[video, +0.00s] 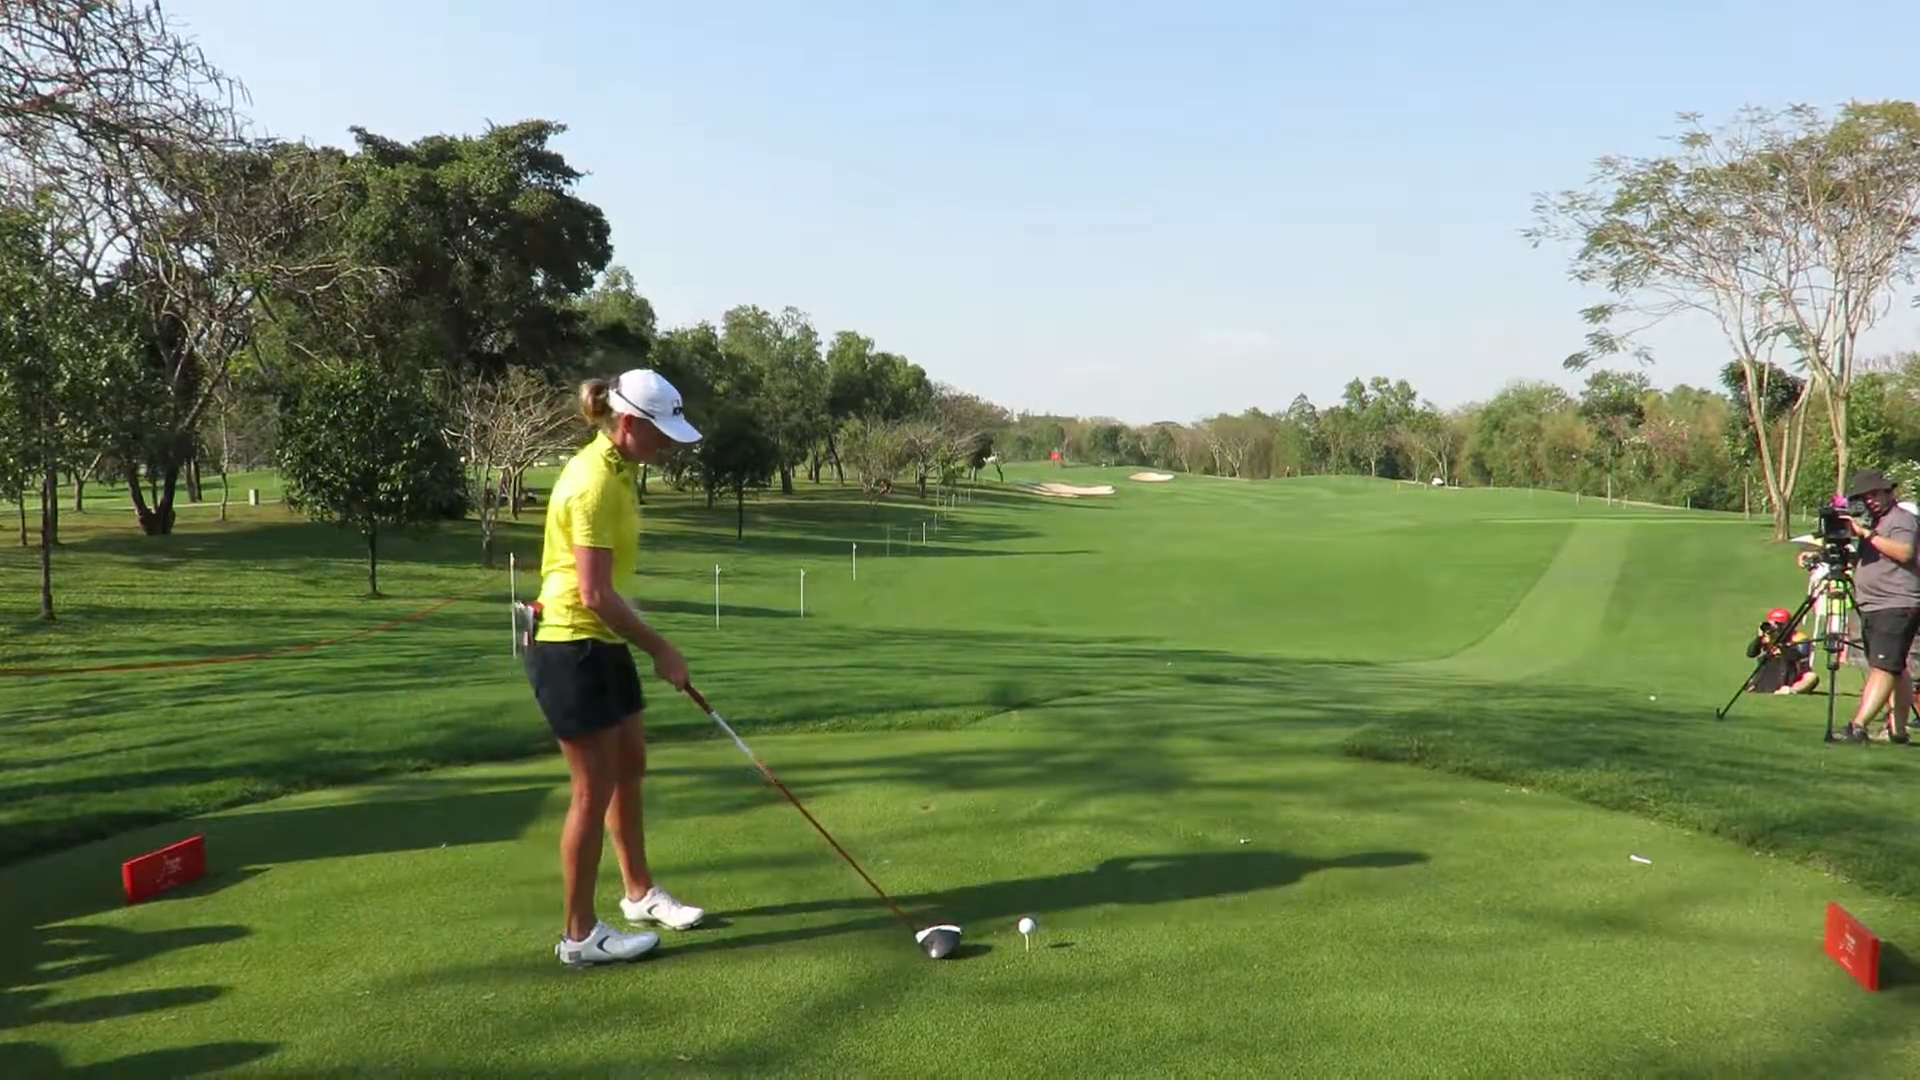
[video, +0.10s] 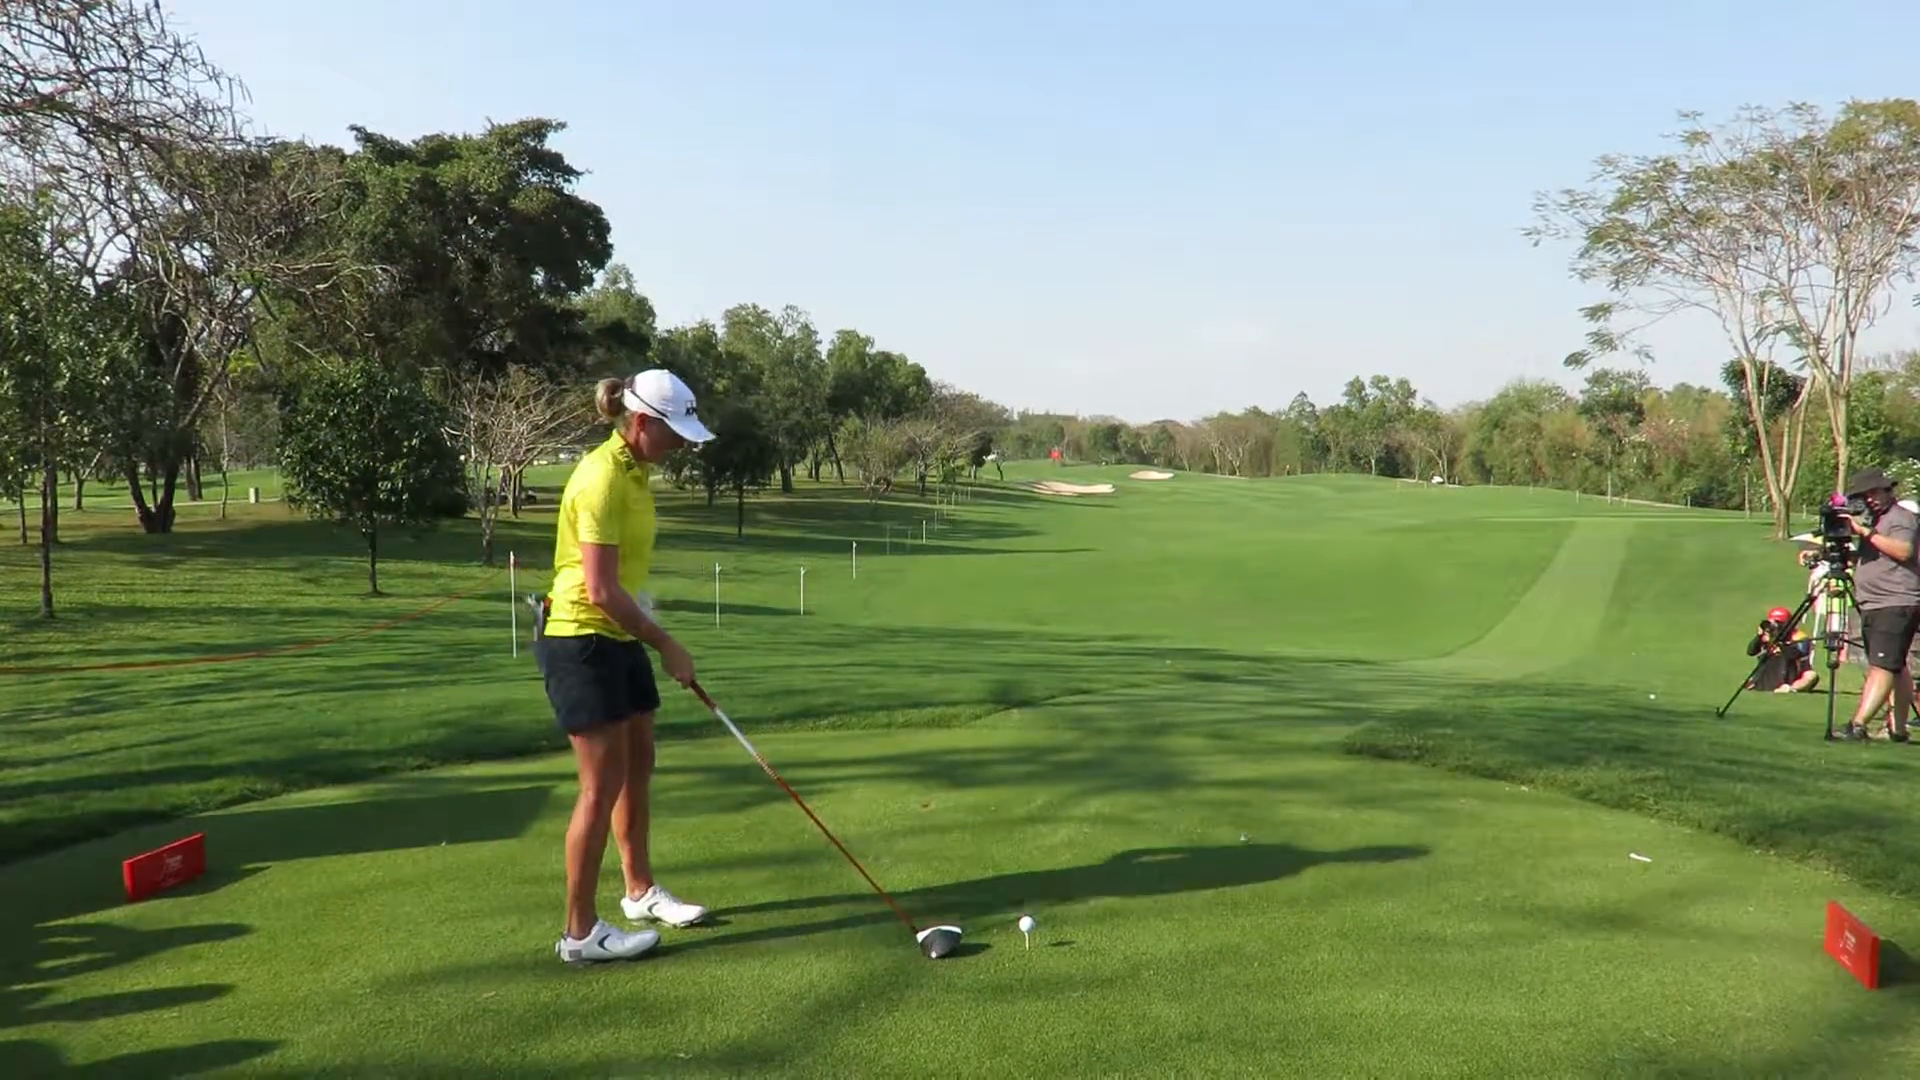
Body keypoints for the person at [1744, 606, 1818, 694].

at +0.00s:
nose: (1774, 630)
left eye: (1778, 626)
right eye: (1771, 626)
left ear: (1786, 626)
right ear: (1769, 626)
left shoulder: (1799, 638)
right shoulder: (1769, 638)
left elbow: (1799, 655)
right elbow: (1751, 654)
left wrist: (1783, 651)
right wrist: (1759, 638)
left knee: (1812, 677)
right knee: (1750, 685)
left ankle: (1791, 690)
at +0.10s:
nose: (1773, 629)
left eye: (1777, 625)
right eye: (1771, 625)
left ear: (1786, 625)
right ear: (1768, 624)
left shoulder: (1799, 639)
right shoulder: (1769, 637)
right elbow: (1751, 652)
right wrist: (1759, 637)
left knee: (1812, 675)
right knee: (1749, 683)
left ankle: (1792, 688)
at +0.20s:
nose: (1774, 626)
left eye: (1777, 622)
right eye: (1771, 622)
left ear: (1786, 622)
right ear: (1769, 621)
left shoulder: (1799, 635)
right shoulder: (1770, 633)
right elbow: (1751, 649)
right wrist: (1759, 634)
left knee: (1812, 672)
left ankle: (1792, 685)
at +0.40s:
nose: (1773, 616)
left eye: (1777, 613)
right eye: (1771, 613)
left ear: (1786, 613)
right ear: (1769, 612)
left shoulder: (1799, 625)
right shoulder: (1770, 624)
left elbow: (1800, 640)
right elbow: (1751, 640)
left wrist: (1783, 637)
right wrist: (1759, 625)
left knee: (1812, 662)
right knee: (1750, 669)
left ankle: (1792, 676)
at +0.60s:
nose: (1773, 603)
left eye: (1777, 599)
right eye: (1771, 599)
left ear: (1785, 599)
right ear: (1769, 598)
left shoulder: (1799, 611)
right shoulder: (1769, 610)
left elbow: (1800, 626)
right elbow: (1751, 626)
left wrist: (1782, 623)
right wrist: (1759, 611)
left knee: (1812, 648)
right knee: (1749, 655)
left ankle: (1791, 661)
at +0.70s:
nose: (1771, 597)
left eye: (1776, 594)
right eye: (1769, 593)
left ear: (1784, 594)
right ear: (1768, 593)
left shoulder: (1799, 606)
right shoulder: (1768, 605)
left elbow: (1800, 620)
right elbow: (1750, 621)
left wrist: (1782, 619)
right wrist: (1758, 606)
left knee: (1811, 643)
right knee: (1749, 651)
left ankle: (1790, 656)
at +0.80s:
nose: (1772, 595)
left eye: (1776, 592)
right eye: (1770, 592)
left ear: (1785, 592)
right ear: (1767, 591)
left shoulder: (1798, 604)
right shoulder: (1768, 603)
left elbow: (1800, 618)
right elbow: (1749, 619)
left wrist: (1781, 616)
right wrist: (1758, 604)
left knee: (1810, 641)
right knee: (1748, 649)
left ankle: (1790, 654)